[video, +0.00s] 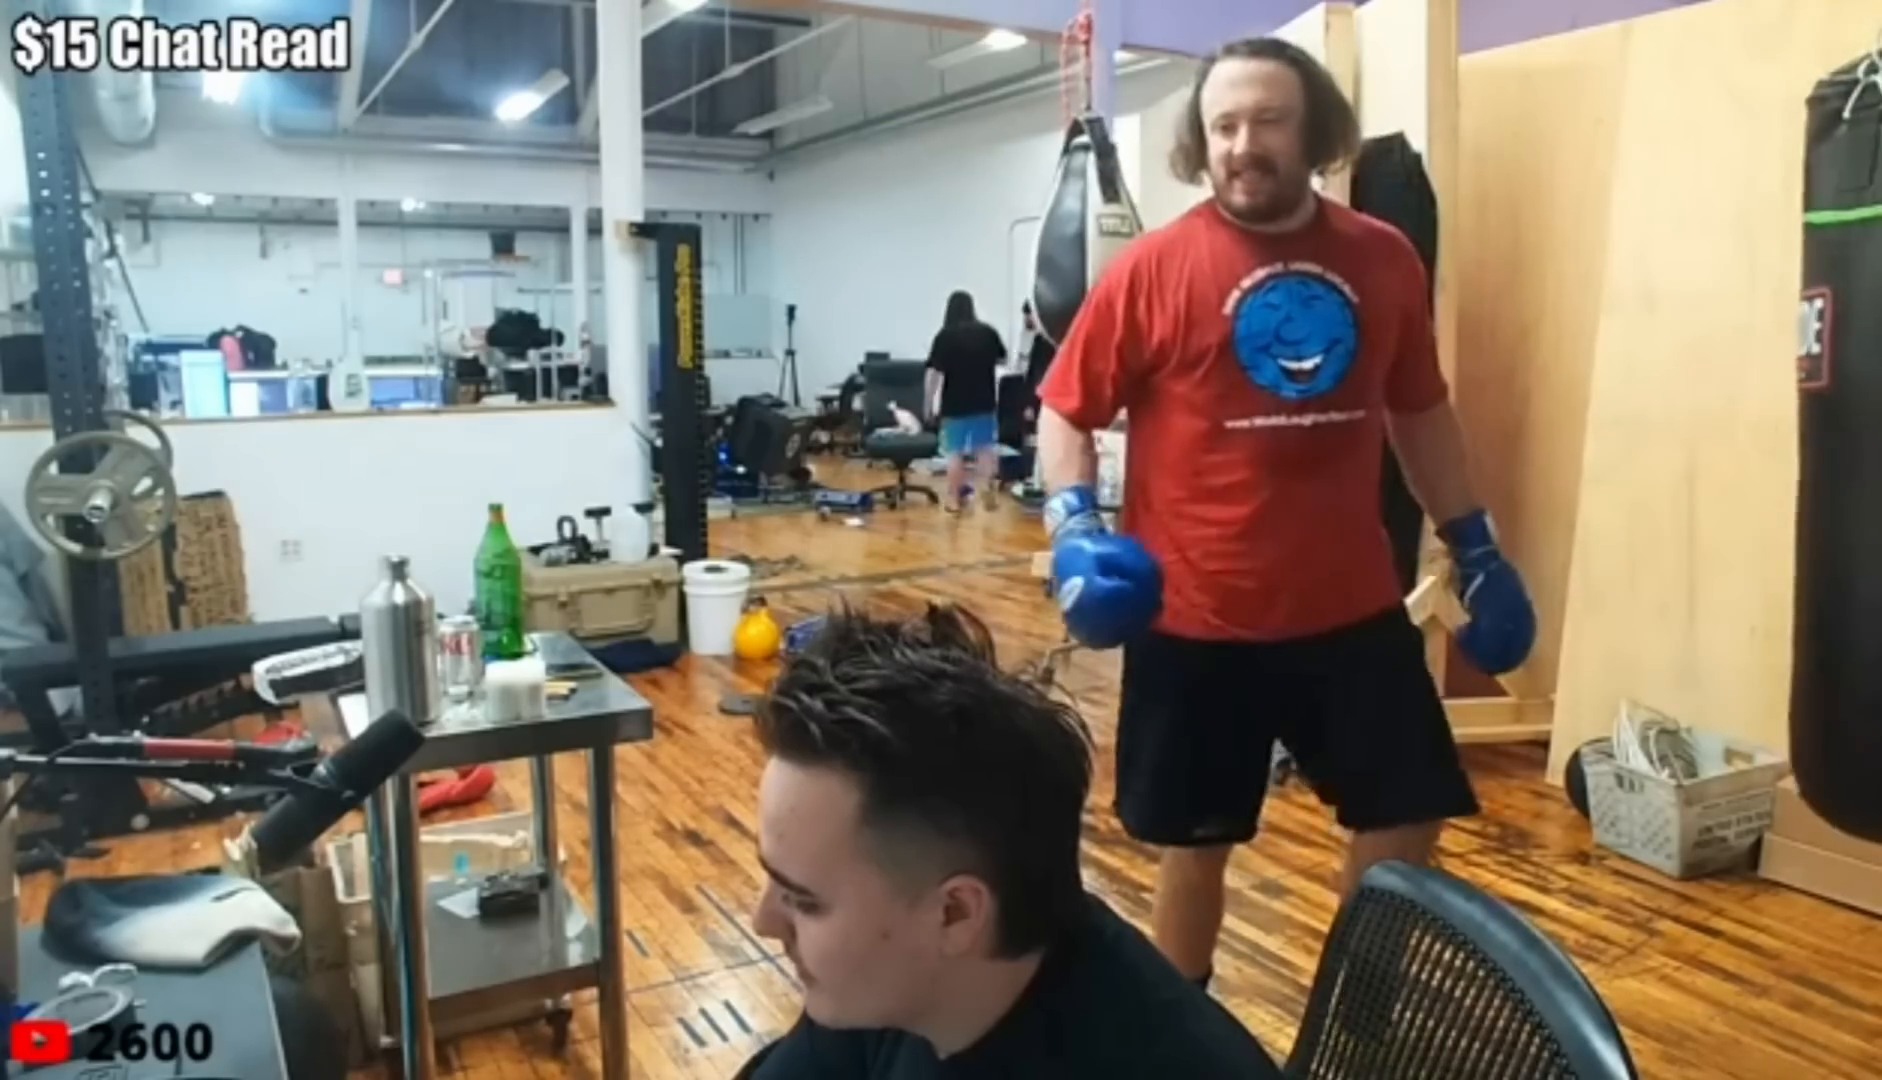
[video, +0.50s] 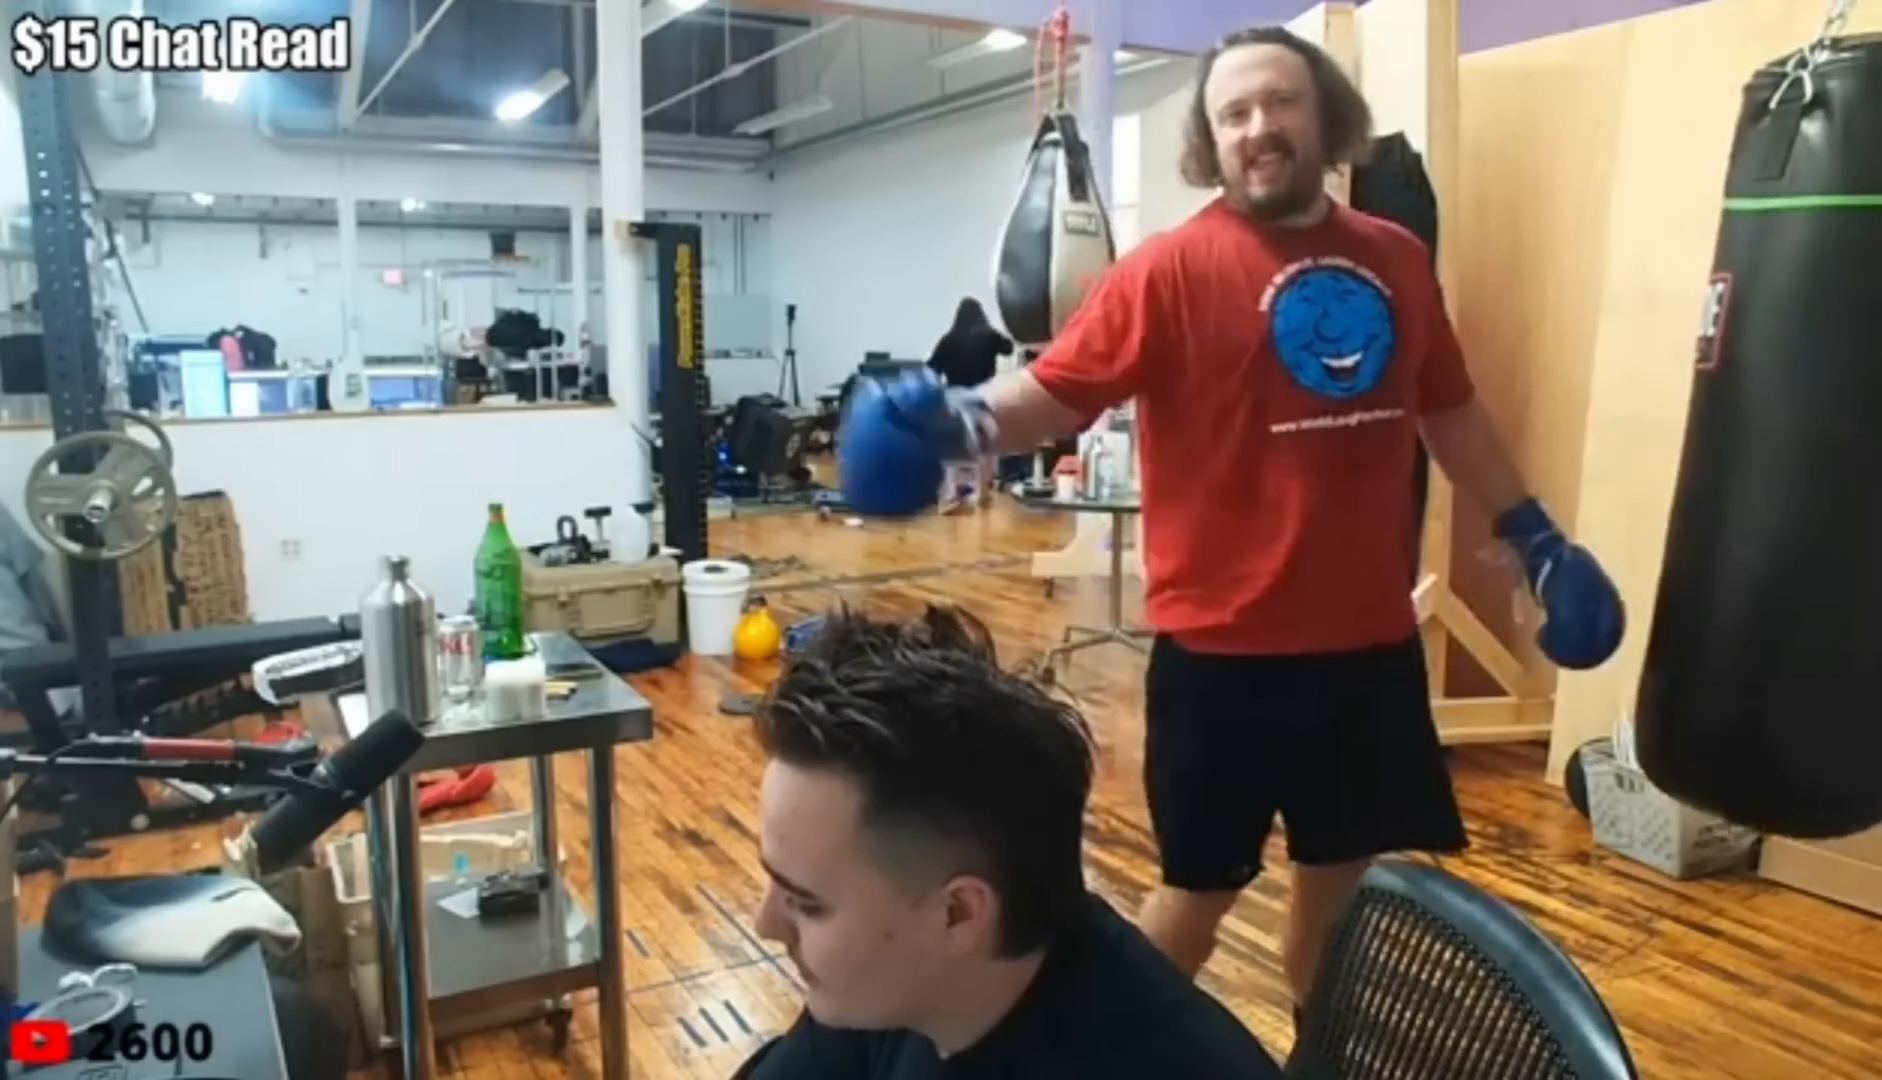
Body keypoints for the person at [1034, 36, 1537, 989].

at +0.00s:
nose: (1244, 145)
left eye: (1270, 122)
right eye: (1224, 124)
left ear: (1316, 136)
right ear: (1199, 140)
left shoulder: (1381, 260)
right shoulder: (1148, 273)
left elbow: (1420, 409)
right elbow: (1065, 406)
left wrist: (1477, 554)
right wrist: (1076, 528)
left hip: (1351, 623)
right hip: (1194, 631)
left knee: (1402, 830)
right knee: (1194, 849)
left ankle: (1360, 1040)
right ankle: (1174, 1046)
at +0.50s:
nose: (1257, 128)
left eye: (1280, 102)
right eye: (1233, 112)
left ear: (1331, 122)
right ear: (1208, 140)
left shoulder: (1394, 259)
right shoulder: (1167, 271)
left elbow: (1450, 414)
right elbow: (1060, 389)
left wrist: (1540, 543)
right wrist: (957, 422)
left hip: (1362, 645)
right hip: (1214, 650)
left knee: (1339, 877)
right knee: (1198, 890)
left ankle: (1321, 1057)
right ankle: (1113, 1056)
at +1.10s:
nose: (1052, 115)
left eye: (1073, 85)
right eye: (1024, 100)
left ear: (1128, 98)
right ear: (998, 131)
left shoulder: (1203, 239)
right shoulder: (966, 277)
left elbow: (1258, 395)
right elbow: (841, 390)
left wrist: (1349, 531)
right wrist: (727, 360)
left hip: (1221, 651)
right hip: (1060, 679)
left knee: (1271, 881)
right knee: (1044, 937)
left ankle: (1294, 1062)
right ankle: (1033, 1079)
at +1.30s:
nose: (1028, 107)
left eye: (1048, 76)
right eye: (998, 91)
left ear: (1101, 89)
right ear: (971, 121)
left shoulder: (1177, 227)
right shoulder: (936, 262)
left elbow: (1242, 377)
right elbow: (811, 374)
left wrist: (1346, 502)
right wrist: (714, 340)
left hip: (1197, 628)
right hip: (1038, 663)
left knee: (1249, 839)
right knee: (1051, 912)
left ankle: (1233, 1036)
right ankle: (1055, 1065)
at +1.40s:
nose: (1046, 105)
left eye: (1067, 77)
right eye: (1016, 87)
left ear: (1107, 92)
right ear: (980, 116)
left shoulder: (1175, 232)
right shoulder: (929, 266)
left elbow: (1240, 378)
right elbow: (827, 383)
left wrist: (1351, 495)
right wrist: (764, 372)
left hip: (1191, 631)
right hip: (1036, 660)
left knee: (1235, 834)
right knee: (1055, 900)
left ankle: (1209, 1007)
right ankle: (1061, 1039)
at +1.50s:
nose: (1073, 107)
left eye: (1092, 81)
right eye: (1041, 88)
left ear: (1126, 97)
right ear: (995, 120)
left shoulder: (1179, 236)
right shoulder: (946, 265)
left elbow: (1237, 384)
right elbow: (831, 377)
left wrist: (1343, 500)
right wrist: (839, 437)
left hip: (1188, 630)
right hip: (1034, 658)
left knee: (1217, 844)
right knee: (1064, 889)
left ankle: (1194, 1004)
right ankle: (1064, 1036)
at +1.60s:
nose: (1134, 114)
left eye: (1150, 93)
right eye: (1104, 92)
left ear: (1167, 108)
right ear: (1038, 109)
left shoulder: (1187, 244)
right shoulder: (978, 262)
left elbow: (1232, 394)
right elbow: (869, 421)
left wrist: (1331, 500)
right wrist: (928, 512)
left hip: (1190, 638)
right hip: (1044, 663)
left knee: (1199, 850)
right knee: (1052, 894)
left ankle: (1178, 1022)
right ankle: (1048, 1042)